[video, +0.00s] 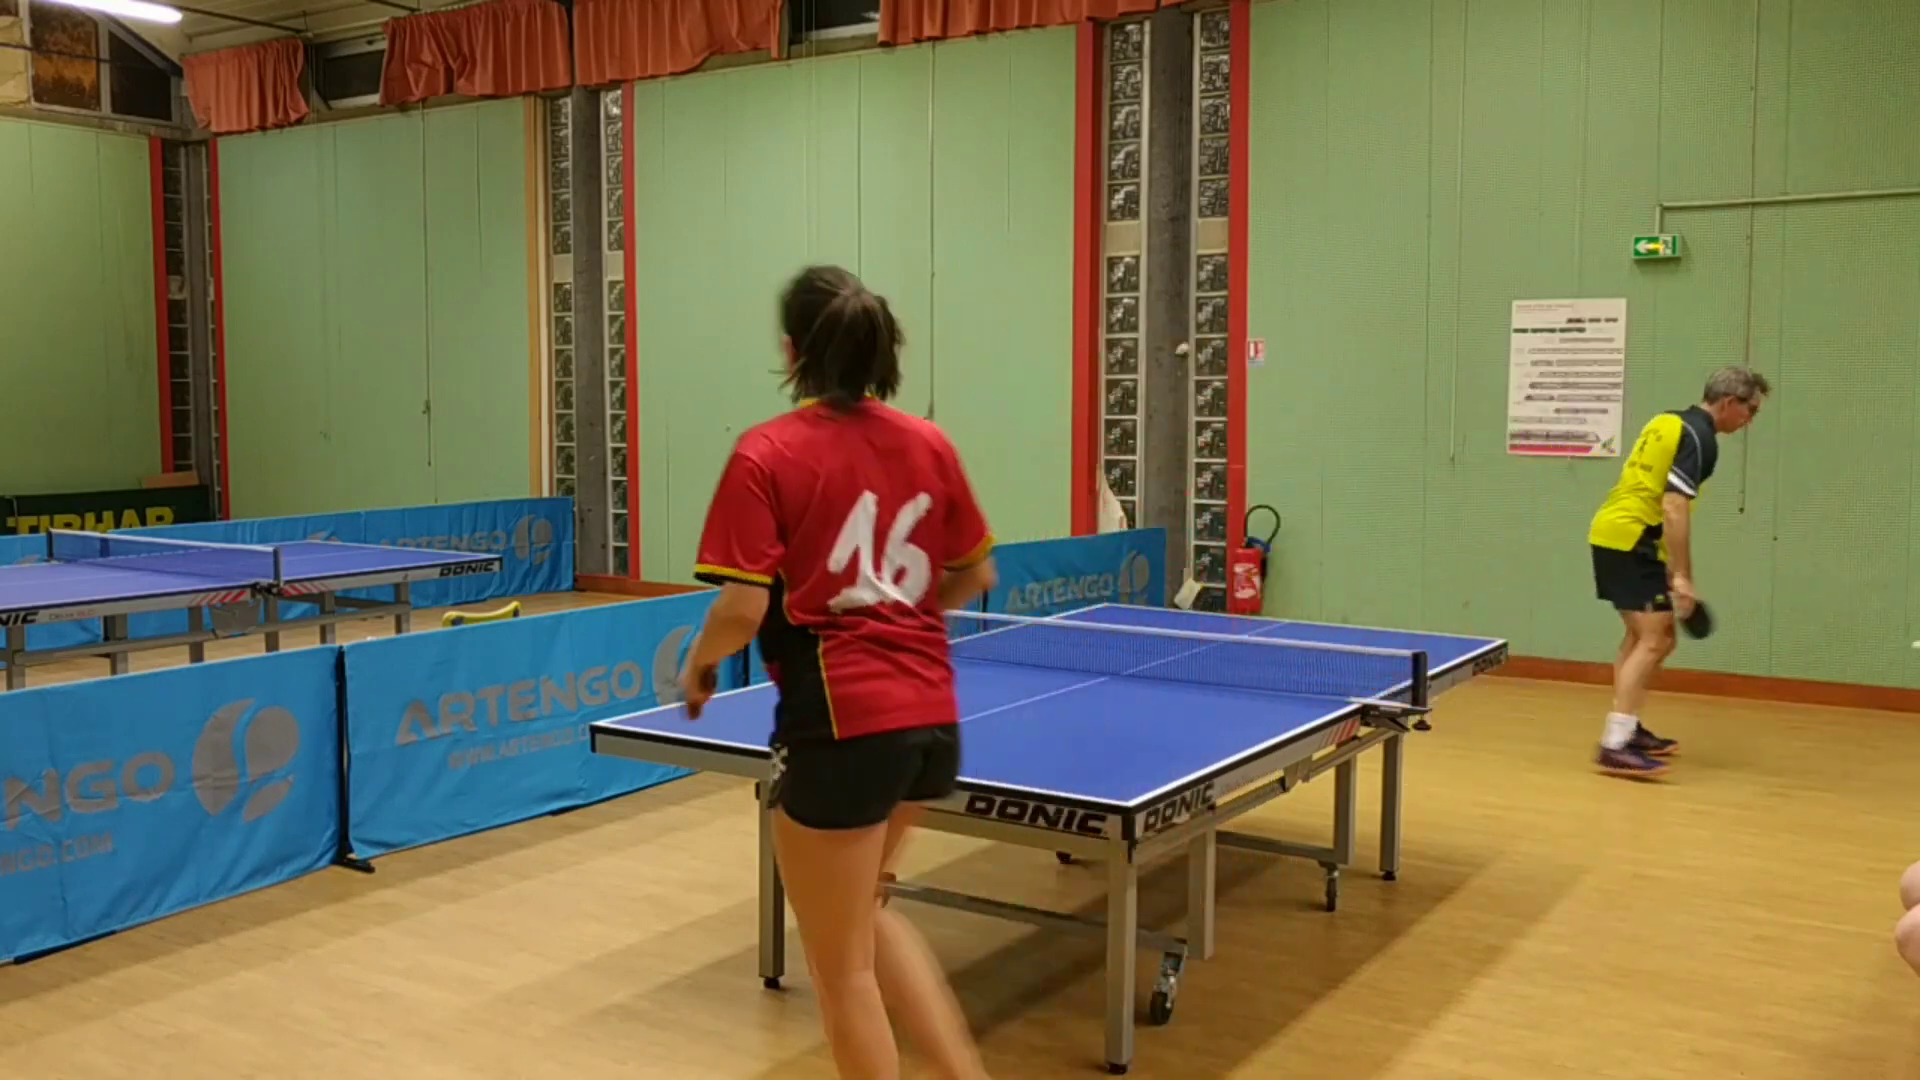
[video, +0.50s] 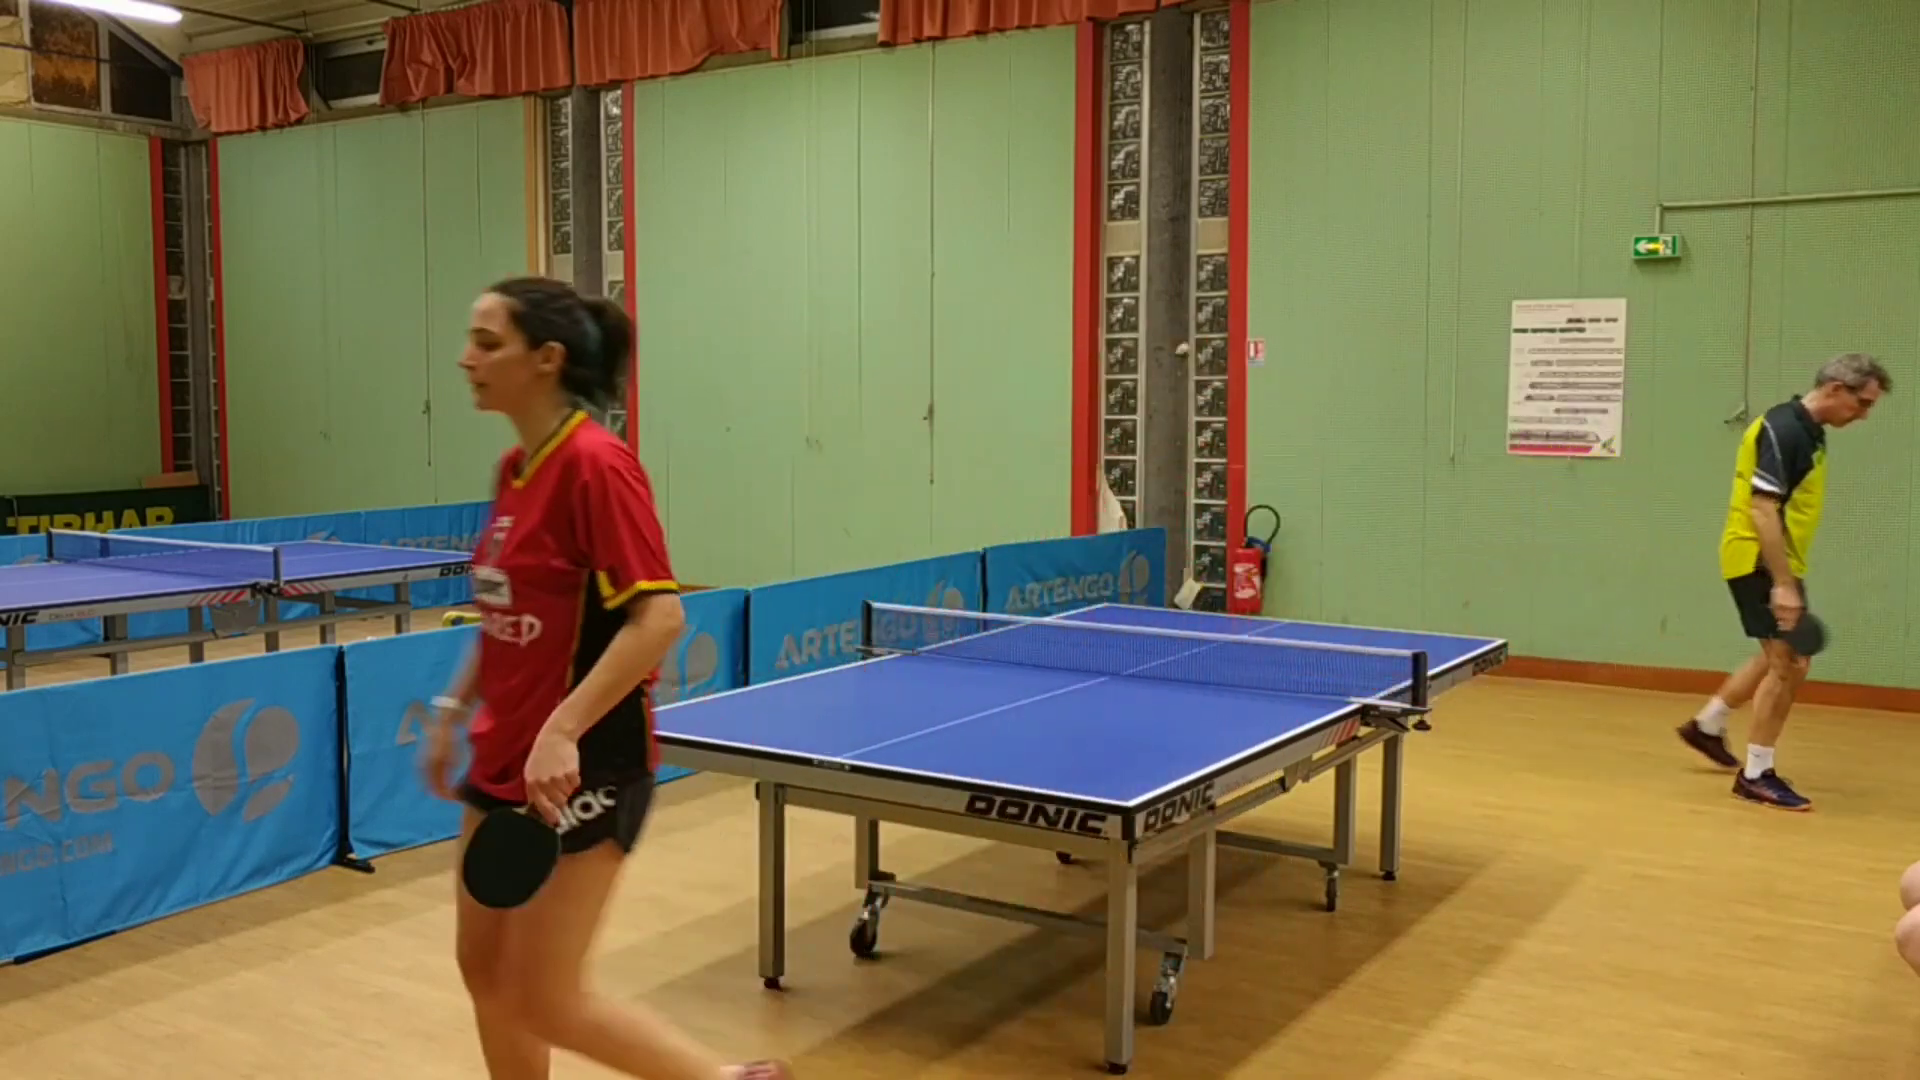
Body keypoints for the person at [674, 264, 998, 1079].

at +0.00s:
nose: (782, 347)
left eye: (784, 337)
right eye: (785, 336)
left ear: (794, 348)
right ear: (876, 346)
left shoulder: (768, 452)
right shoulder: (927, 443)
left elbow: (741, 611)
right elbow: (972, 572)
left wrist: (698, 663)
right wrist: (896, 606)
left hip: (841, 734)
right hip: (933, 726)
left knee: (843, 968)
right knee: (869, 901)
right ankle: (965, 1069)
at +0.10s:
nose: (719, 340)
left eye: (722, 327)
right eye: (722, 326)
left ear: (741, 342)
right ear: (806, 339)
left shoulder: (736, 448)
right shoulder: (853, 431)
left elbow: (727, 598)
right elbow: (902, 537)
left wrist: (660, 668)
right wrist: (851, 618)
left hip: (811, 729)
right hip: (875, 714)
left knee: (842, 967)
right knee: (744, 897)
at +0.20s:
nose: (653, 347)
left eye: (663, 333)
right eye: (657, 331)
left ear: (700, 352)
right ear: (723, 355)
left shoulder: (717, 454)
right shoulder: (777, 440)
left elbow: (719, 606)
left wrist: (619, 681)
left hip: (772, 742)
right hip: (753, 736)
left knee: (836, 966)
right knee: (683, 937)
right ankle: (651, 1074)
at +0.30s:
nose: (590, 359)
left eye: (604, 346)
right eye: (595, 344)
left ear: (652, 365)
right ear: (654, 367)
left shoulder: (686, 469)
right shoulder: (673, 463)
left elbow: (715, 622)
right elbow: (693, 621)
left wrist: (590, 699)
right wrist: (601, 709)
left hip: (719, 754)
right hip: (665, 750)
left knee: (789, 970)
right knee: (607, 950)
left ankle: (874, 1072)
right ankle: (579, 1079)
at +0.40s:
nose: (527, 360)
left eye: (545, 346)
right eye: (533, 343)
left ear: (602, 367)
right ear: (595, 367)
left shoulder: (639, 468)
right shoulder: (600, 468)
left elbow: (690, 623)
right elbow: (609, 626)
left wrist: (574, 725)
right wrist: (557, 746)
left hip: (647, 762)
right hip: (578, 758)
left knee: (673, 988)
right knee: (527, 955)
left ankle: (812, 1073)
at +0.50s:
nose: (466, 358)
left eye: (486, 343)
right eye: (469, 341)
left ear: (548, 359)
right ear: (534, 360)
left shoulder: (595, 463)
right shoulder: (515, 467)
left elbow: (658, 618)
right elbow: (508, 613)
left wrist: (561, 728)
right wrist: (456, 705)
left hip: (590, 771)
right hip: (507, 763)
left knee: (544, 997)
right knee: (487, 969)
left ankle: (723, 1076)